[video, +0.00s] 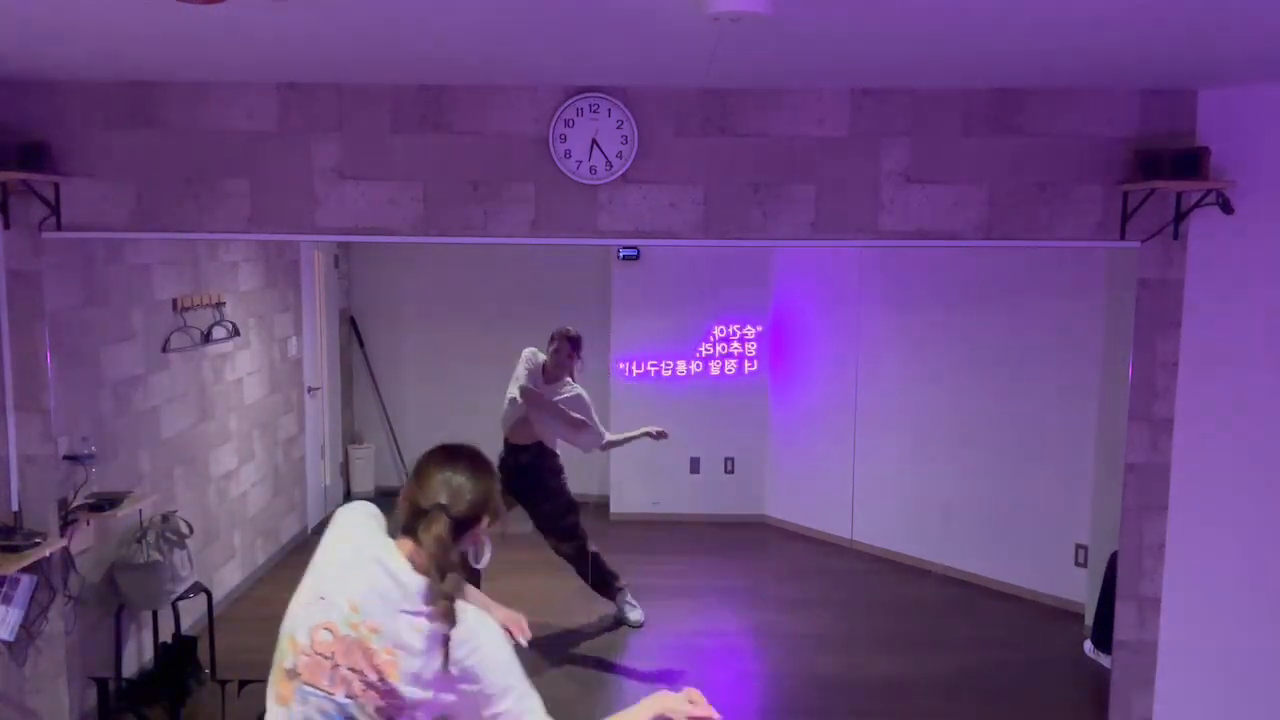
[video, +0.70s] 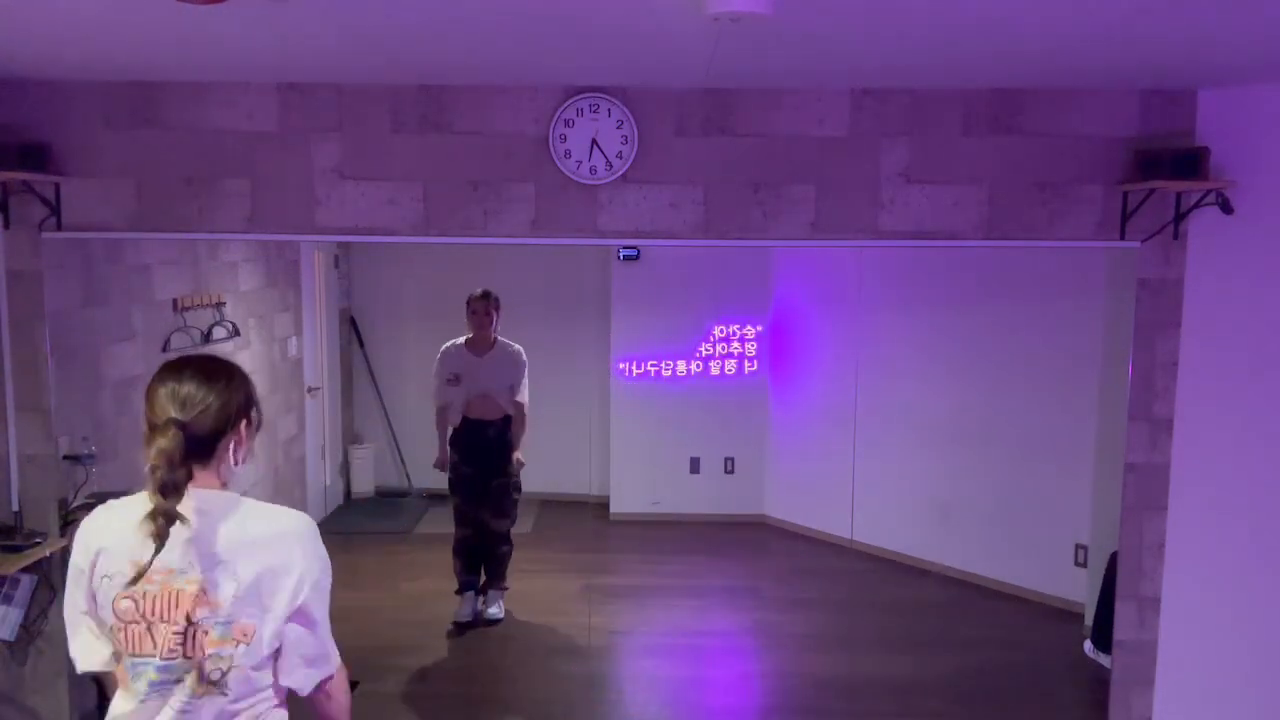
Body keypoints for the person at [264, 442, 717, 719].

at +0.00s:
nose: (495, 536)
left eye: (497, 524)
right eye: (497, 525)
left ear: (406, 500)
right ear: (478, 535)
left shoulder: (349, 523)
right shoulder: (471, 636)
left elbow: (412, 561)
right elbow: (529, 711)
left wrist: (485, 605)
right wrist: (645, 712)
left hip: (290, 705)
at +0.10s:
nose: (429, 513)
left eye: (430, 501)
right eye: (430, 502)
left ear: (345, 482)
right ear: (418, 514)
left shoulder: (288, 509)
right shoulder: (407, 619)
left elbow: (358, 537)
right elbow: (479, 718)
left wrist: (430, 581)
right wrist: (599, 688)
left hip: (229, 709)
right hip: (330, 713)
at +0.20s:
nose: (372, 482)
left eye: (368, 469)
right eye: (374, 471)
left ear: (292, 463)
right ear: (365, 489)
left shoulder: (233, 499)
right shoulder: (364, 594)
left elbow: (278, 488)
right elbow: (430, 715)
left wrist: (342, 496)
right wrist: (554, 687)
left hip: (191, 706)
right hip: (306, 709)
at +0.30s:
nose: (327, 464)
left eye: (326, 450)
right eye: (330, 453)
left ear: (238, 445)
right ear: (318, 467)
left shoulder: (186, 493)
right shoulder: (327, 559)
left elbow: (232, 465)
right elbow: (400, 698)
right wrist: (508, 701)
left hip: (167, 706)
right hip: (283, 711)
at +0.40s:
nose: (294, 444)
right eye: (294, 433)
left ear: (199, 431)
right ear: (282, 446)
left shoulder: (154, 485)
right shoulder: (307, 523)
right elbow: (372, 672)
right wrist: (425, 716)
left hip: (153, 711)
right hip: (269, 712)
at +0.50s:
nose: (272, 429)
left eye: (270, 415)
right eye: (271, 417)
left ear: (170, 423)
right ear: (260, 432)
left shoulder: (120, 502)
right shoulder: (304, 526)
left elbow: (123, 653)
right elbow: (348, 675)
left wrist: (154, 704)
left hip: (147, 710)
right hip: (264, 711)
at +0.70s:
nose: (254, 438)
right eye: (254, 424)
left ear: (153, 428)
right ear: (240, 436)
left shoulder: (99, 530)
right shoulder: (289, 535)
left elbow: (108, 669)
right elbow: (325, 685)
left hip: (135, 713)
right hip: (255, 713)